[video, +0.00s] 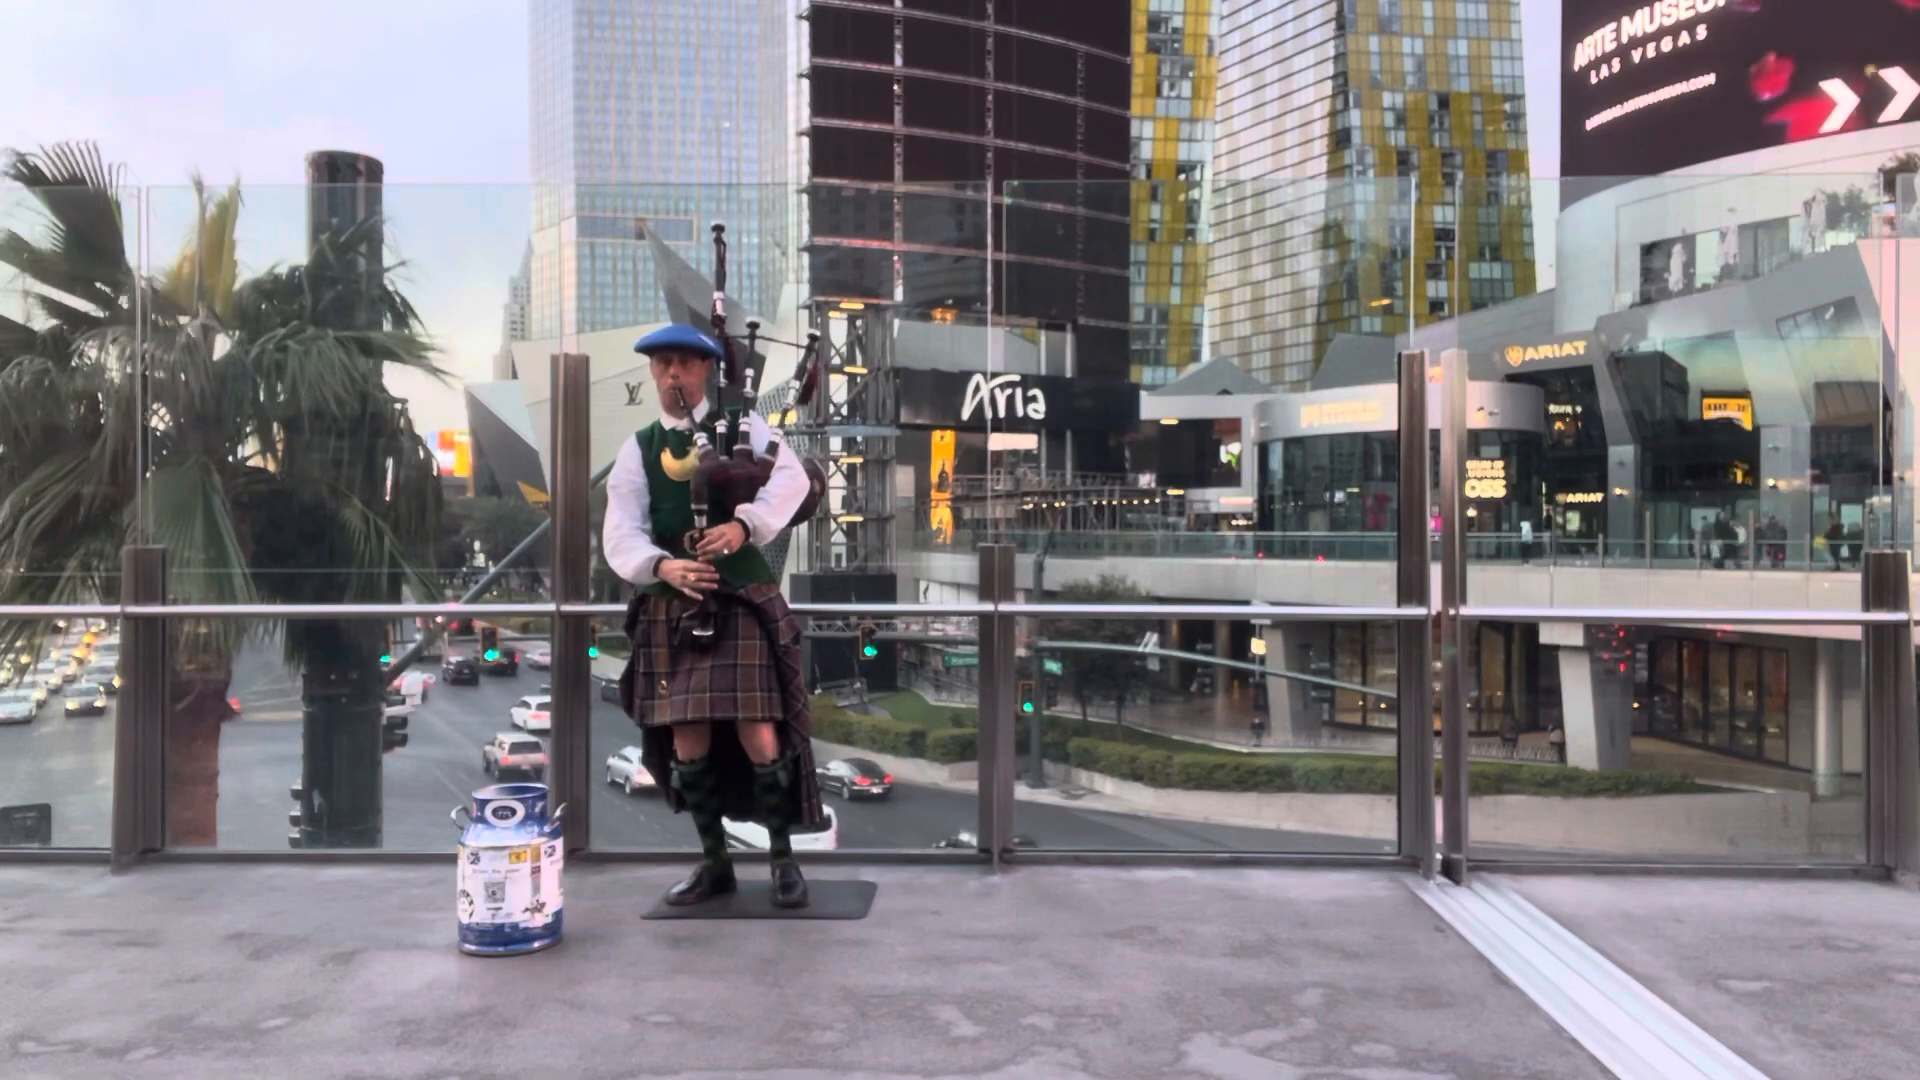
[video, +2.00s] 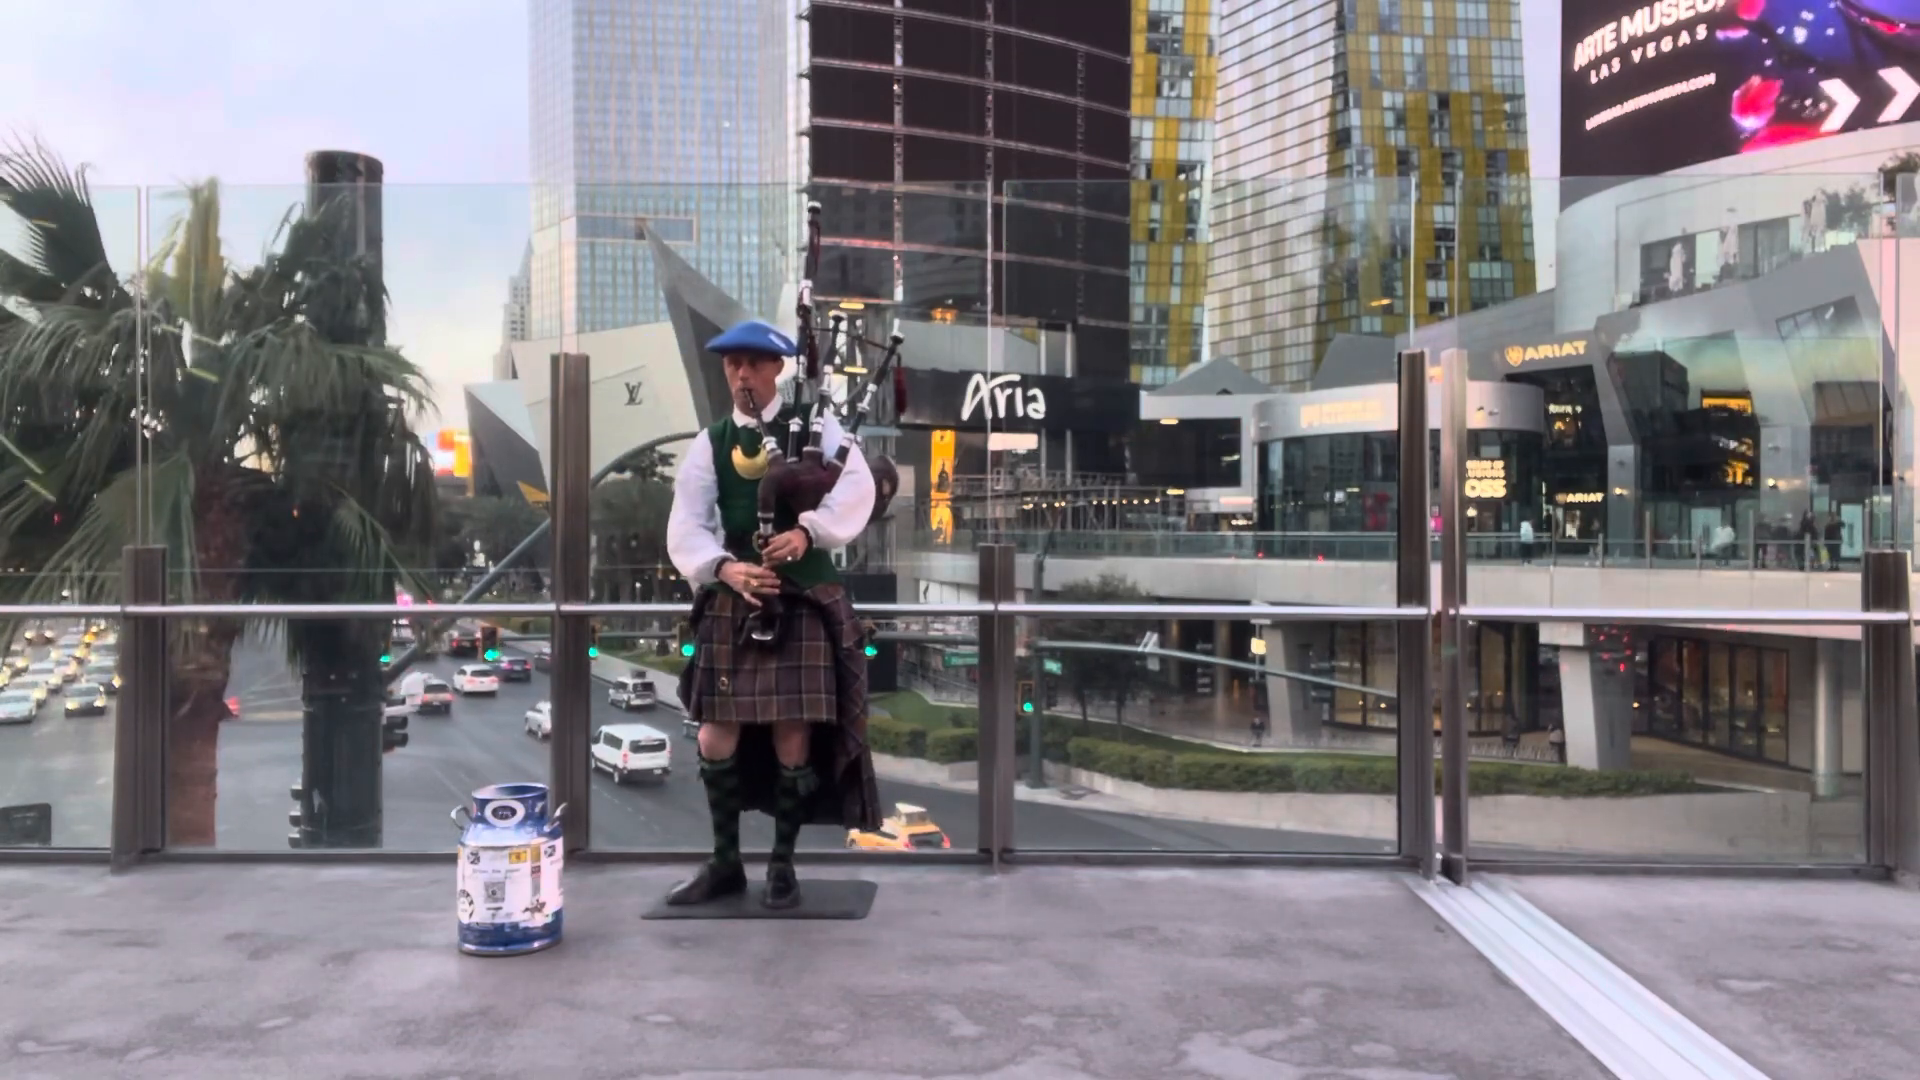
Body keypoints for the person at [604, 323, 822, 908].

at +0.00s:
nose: (673, 373)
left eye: (684, 362)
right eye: (663, 363)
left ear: (708, 368)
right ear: (651, 373)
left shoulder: (745, 428)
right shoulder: (639, 449)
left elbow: (794, 479)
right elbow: (621, 536)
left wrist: (745, 525)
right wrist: (661, 564)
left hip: (743, 594)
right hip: (672, 599)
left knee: (757, 728)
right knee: (687, 730)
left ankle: (782, 860)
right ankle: (716, 863)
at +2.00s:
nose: (742, 374)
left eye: (754, 362)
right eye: (734, 363)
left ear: (781, 368)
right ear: (724, 372)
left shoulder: (818, 427)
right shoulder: (710, 443)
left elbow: (859, 486)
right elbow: (686, 527)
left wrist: (810, 531)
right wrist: (722, 567)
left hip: (802, 594)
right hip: (730, 593)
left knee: (791, 729)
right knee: (716, 732)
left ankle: (782, 864)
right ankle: (725, 862)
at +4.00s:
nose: (749, 377)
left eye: (761, 365)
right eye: (740, 365)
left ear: (786, 373)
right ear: (728, 374)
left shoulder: (820, 431)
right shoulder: (714, 447)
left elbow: (865, 491)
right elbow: (696, 533)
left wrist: (815, 534)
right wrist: (731, 571)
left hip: (803, 601)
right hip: (732, 599)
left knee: (791, 735)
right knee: (707, 738)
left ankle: (782, 865)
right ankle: (730, 860)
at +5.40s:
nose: (745, 376)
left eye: (757, 365)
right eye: (737, 365)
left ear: (780, 372)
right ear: (724, 373)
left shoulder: (819, 429)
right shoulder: (713, 446)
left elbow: (862, 492)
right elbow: (695, 534)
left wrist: (812, 535)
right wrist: (729, 572)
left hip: (804, 600)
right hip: (732, 599)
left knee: (790, 735)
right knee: (709, 737)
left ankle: (781, 865)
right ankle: (729, 861)